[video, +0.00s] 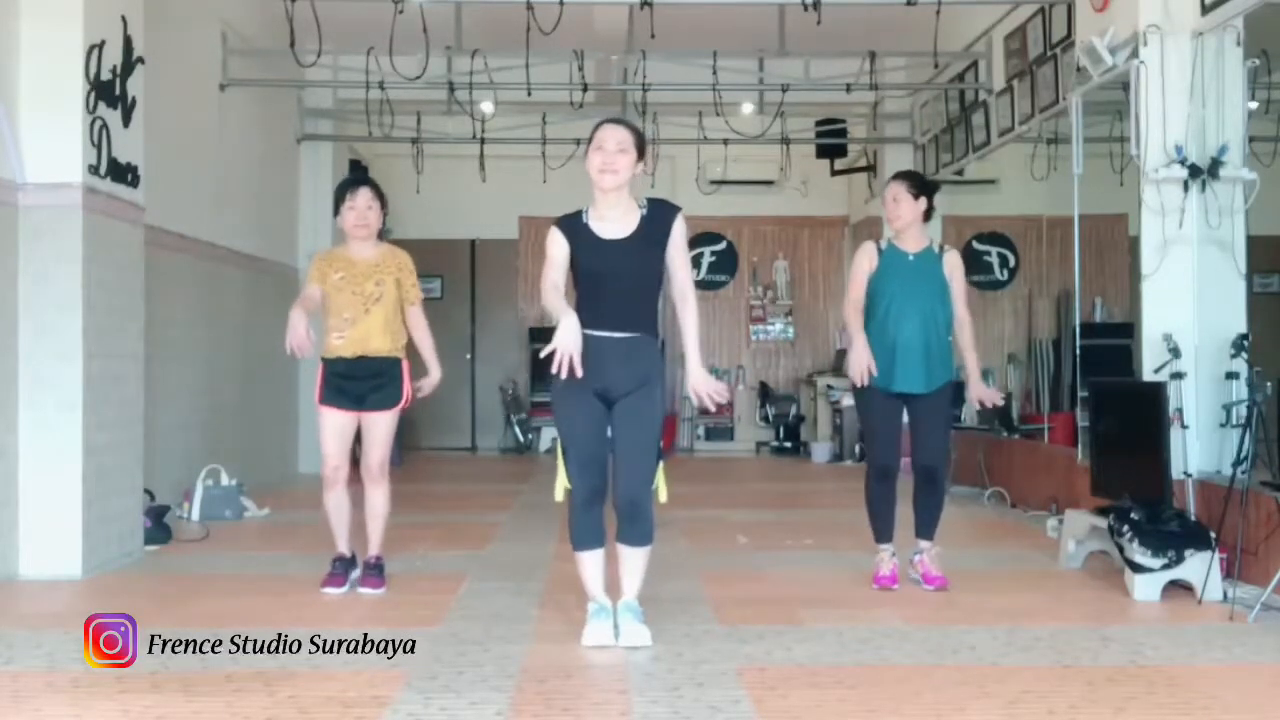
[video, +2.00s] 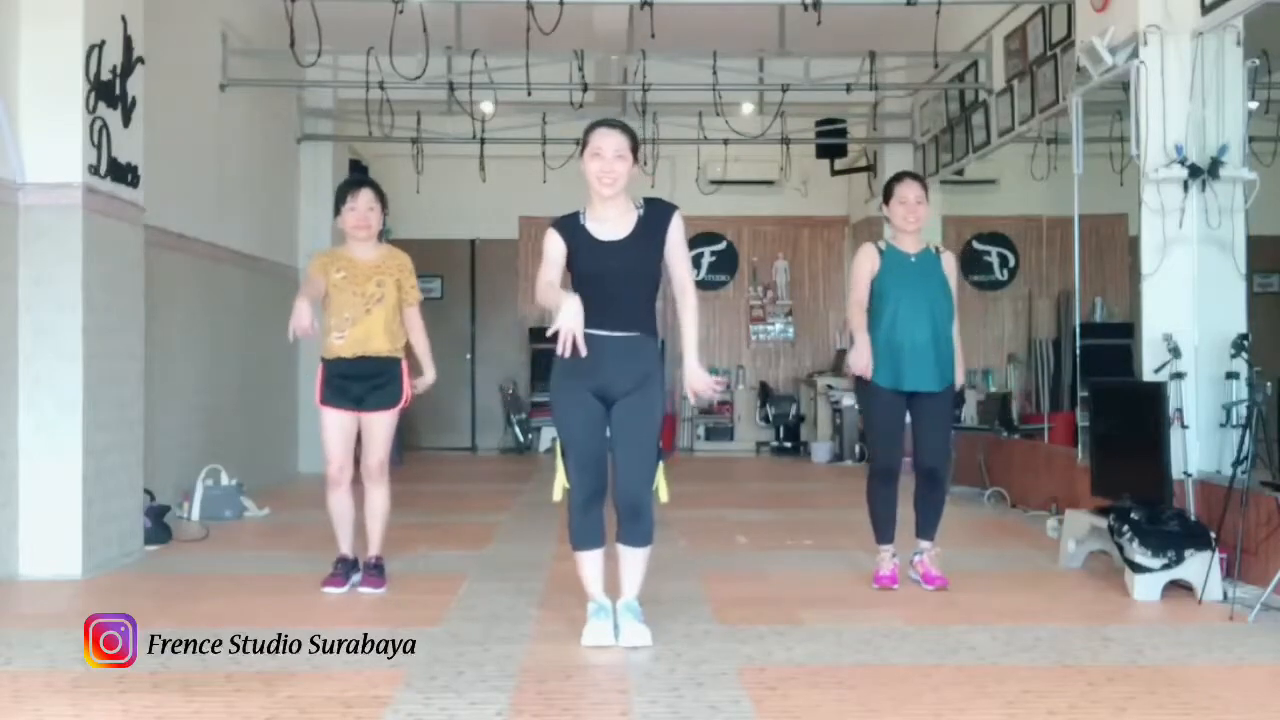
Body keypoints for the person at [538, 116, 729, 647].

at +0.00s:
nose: (608, 158)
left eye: (620, 150)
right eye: (600, 149)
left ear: (639, 162)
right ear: (586, 158)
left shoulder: (666, 220)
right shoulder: (566, 229)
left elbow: (684, 295)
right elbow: (550, 288)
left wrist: (695, 365)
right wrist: (567, 317)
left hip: (642, 370)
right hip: (578, 369)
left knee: (635, 491)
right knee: (585, 489)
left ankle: (629, 604)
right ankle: (597, 604)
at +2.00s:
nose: (607, 166)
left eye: (618, 156)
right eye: (597, 155)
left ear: (635, 165)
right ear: (582, 163)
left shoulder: (664, 220)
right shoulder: (562, 231)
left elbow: (685, 291)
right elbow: (544, 292)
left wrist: (692, 361)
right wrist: (567, 299)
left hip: (641, 368)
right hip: (576, 368)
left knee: (635, 490)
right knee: (585, 488)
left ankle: (629, 605)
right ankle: (597, 605)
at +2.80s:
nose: (622, 161)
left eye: (632, 151)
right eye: (611, 151)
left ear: (647, 159)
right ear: (593, 160)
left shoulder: (669, 220)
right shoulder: (569, 224)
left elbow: (692, 286)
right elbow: (548, 301)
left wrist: (684, 319)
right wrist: (534, 373)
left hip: (653, 364)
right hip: (590, 366)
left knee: (645, 487)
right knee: (598, 487)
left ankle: (632, 604)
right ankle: (599, 605)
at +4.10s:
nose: (594, 176)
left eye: (604, 168)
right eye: (583, 168)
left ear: (620, 178)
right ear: (566, 178)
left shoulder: (641, 235)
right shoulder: (540, 242)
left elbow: (660, 292)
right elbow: (509, 320)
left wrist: (666, 354)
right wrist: (540, 298)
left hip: (624, 375)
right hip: (559, 378)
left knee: (637, 475)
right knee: (571, 503)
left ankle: (628, 607)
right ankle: (589, 613)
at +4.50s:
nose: (589, 180)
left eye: (599, 171)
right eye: (579, 171)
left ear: (615, 183)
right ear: (561, 181)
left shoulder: (640, 243)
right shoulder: (538, 249)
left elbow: (655, 316)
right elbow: (522, 326)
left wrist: (668, 378)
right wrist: (530, 381)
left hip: (625, 385)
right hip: (558, 387)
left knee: (645, 475)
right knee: (566, 503)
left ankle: (639, 595)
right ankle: (590, 611)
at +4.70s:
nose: (592, 163)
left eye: (603, 154)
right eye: (580, 153)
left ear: (618, 164)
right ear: (564, 162)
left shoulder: (641, 220)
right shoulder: (538, 227)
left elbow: (671, 290)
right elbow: (514, 307)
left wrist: (662, 311)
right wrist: (504, 381)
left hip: (626, 366)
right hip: (562, 368)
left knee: (651, 489)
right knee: (575, 494)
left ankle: (636, 565)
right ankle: (588, 609)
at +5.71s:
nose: (590, 168)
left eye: (601, 158)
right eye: (579, 158)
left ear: (616, 167)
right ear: (561, 165)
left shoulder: (637, 226)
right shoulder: (535, 230)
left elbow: (663, 300)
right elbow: (512, 307)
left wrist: (683, 371)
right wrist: (529, 319)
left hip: (626, 368)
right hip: (561, 369)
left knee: (644, 481)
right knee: (575, 498)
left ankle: (639, 618)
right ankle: (590, 612)